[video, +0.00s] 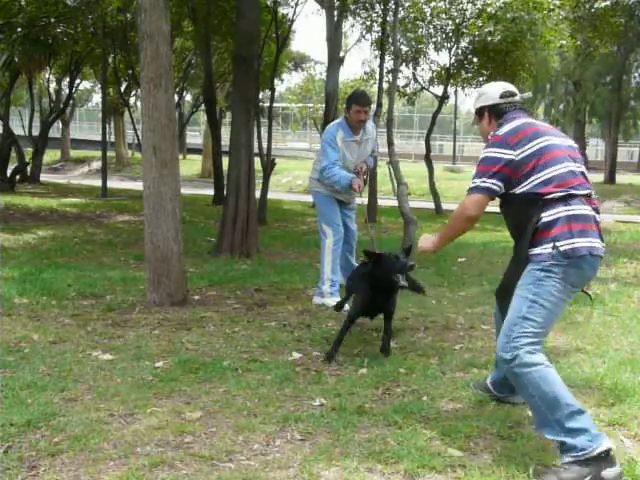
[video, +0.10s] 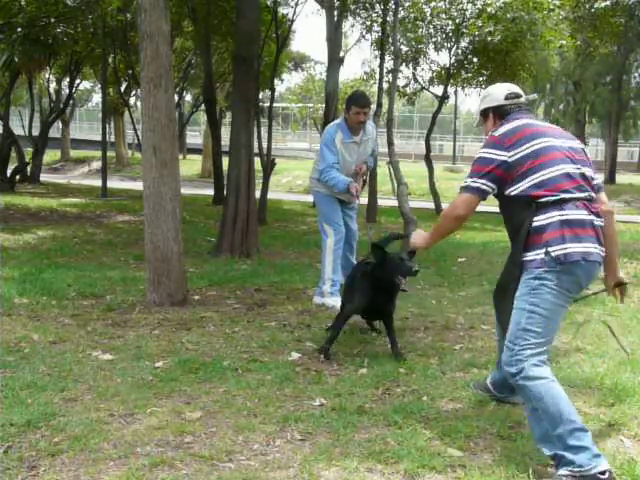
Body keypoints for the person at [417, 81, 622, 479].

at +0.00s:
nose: (480, 131)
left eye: (479, 122)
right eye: (479, 124)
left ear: (490, 116)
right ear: (515, 110)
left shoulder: (504, 138)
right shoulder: (551, 133)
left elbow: (471, 211)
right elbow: (585, 196)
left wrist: (438, 240)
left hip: (560, 246)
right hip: (583, 243)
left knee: (516, 350)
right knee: (509, 302)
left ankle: (588, 450)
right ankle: (506, 384)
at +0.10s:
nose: (484, 132)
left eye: (484, 124)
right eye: (483, 125)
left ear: (493, 118)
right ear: (523, 113)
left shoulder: (501, 140)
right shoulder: (566, 137)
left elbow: (461, 210)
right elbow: (603, 208)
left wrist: (427, 239)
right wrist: (612, 269)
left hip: (554, 252)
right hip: (589, 251)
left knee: (524, 361)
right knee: (525, 316)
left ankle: (583, 463)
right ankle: (505, 382)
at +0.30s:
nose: (487, 132)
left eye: (487, 125)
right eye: (487, 126)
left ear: (496, 118)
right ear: (528, 113)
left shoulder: (504, 139)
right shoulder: (573, 139)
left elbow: (472, 203)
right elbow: (615, 207)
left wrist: (430, 244)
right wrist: (632, 261)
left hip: (558, 254)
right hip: (596, 253)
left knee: (520, 362)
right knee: (523, 307)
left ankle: (583, 463)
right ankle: (520, 386)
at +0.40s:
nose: (482, 138)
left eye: (482, 130)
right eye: (481, 131)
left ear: (493, 126)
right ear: (519, 122)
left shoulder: (511, 140)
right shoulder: (539, 140)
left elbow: (508, 193)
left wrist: (461, 244)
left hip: (573, 249)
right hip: (595, 246)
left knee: (519, 355)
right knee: (525, 313)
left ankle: (581, 460)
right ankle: (525, 387)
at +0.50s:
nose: (479, 149)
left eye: (480, 140)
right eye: (478, 141)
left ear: (492, 135)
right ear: (505, 132)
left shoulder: (518, 144)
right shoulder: (533, 150)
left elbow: (540, 189)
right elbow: (528, 240)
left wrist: (494, 242)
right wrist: (498, 287)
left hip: (588, 249)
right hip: (591, 248)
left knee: (530, 347)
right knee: (527, 322)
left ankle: (592, 458)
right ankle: (525, 389)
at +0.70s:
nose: (484, 141)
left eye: (483, 131)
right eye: (483, 132)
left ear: (494, 125)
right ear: (508, 122)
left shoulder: (539, 136)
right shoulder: (525, 166)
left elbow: (588, 174)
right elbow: (532, 240)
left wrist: (539, 234)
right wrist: (509, 304)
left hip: (605, 253)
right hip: (574, 256)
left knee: (563, 366)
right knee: (533, 318)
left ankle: (626, 467)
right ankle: (529, 390)